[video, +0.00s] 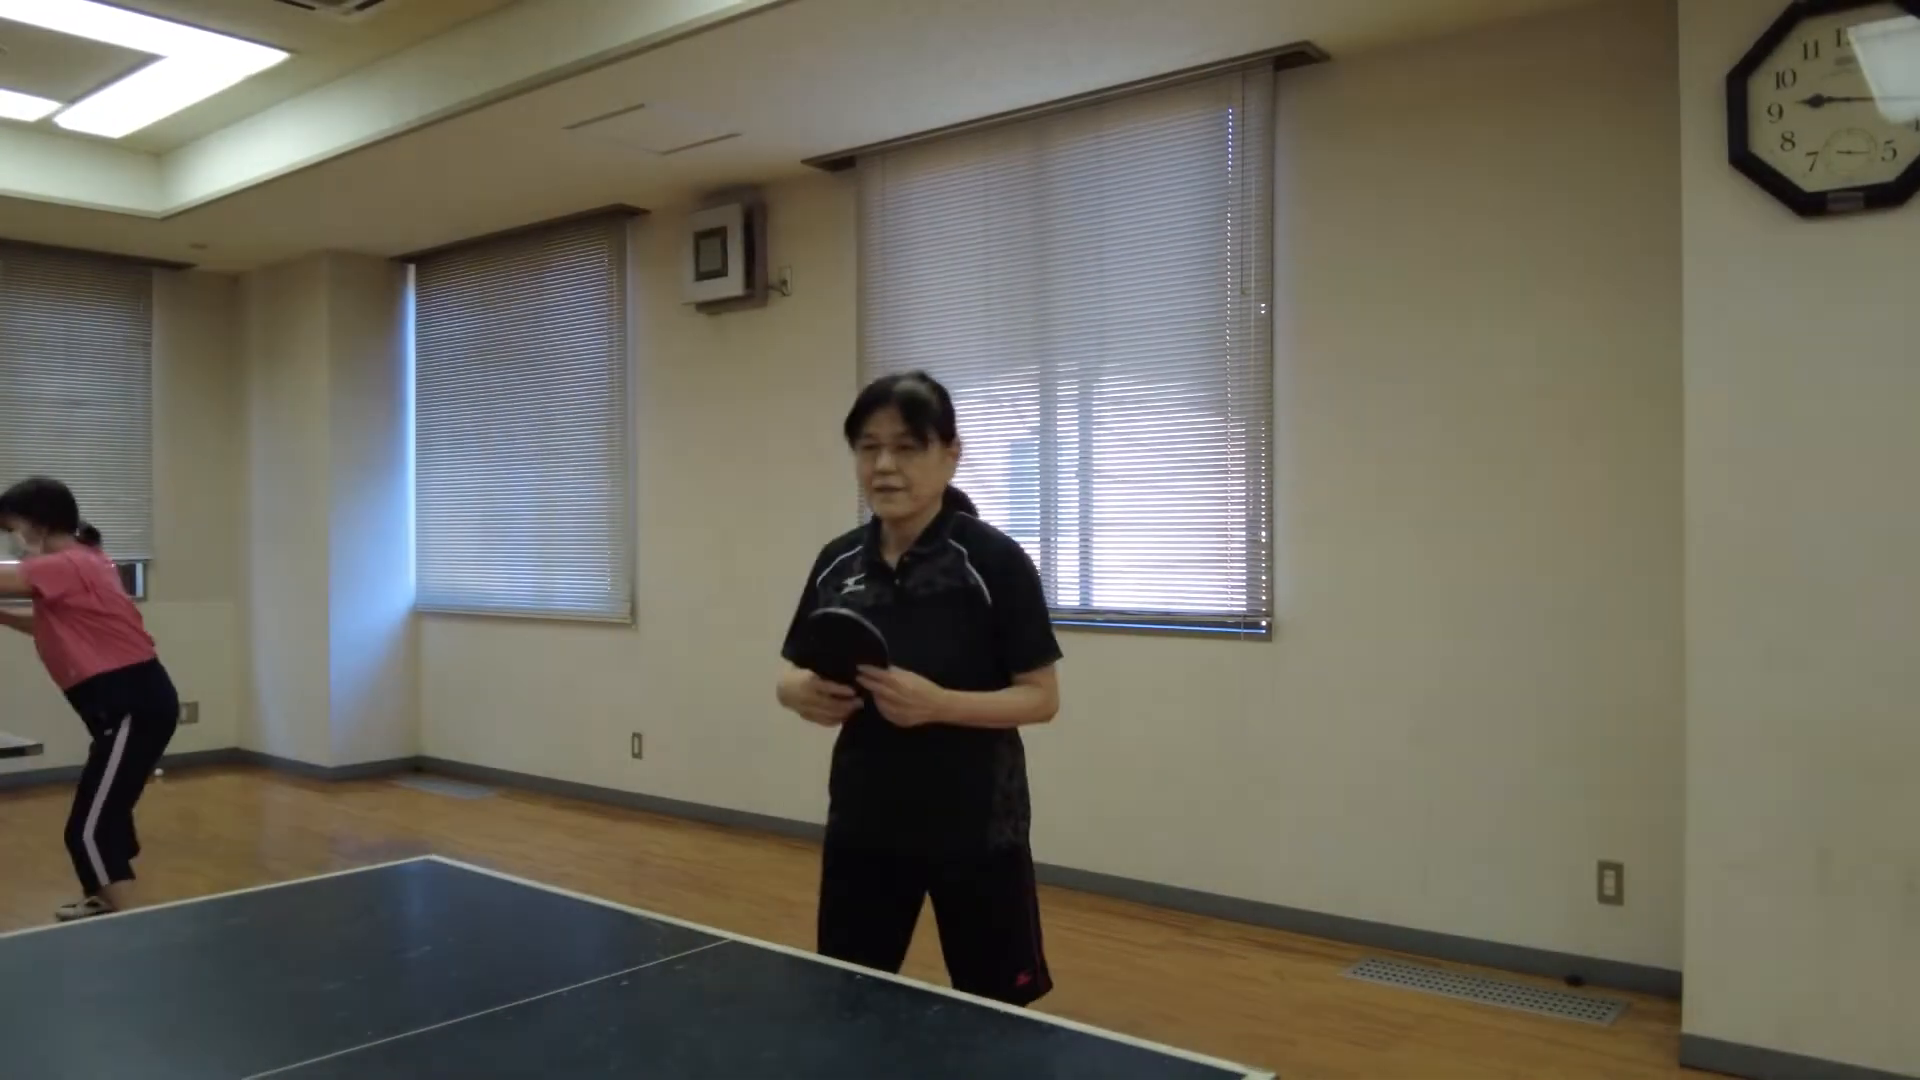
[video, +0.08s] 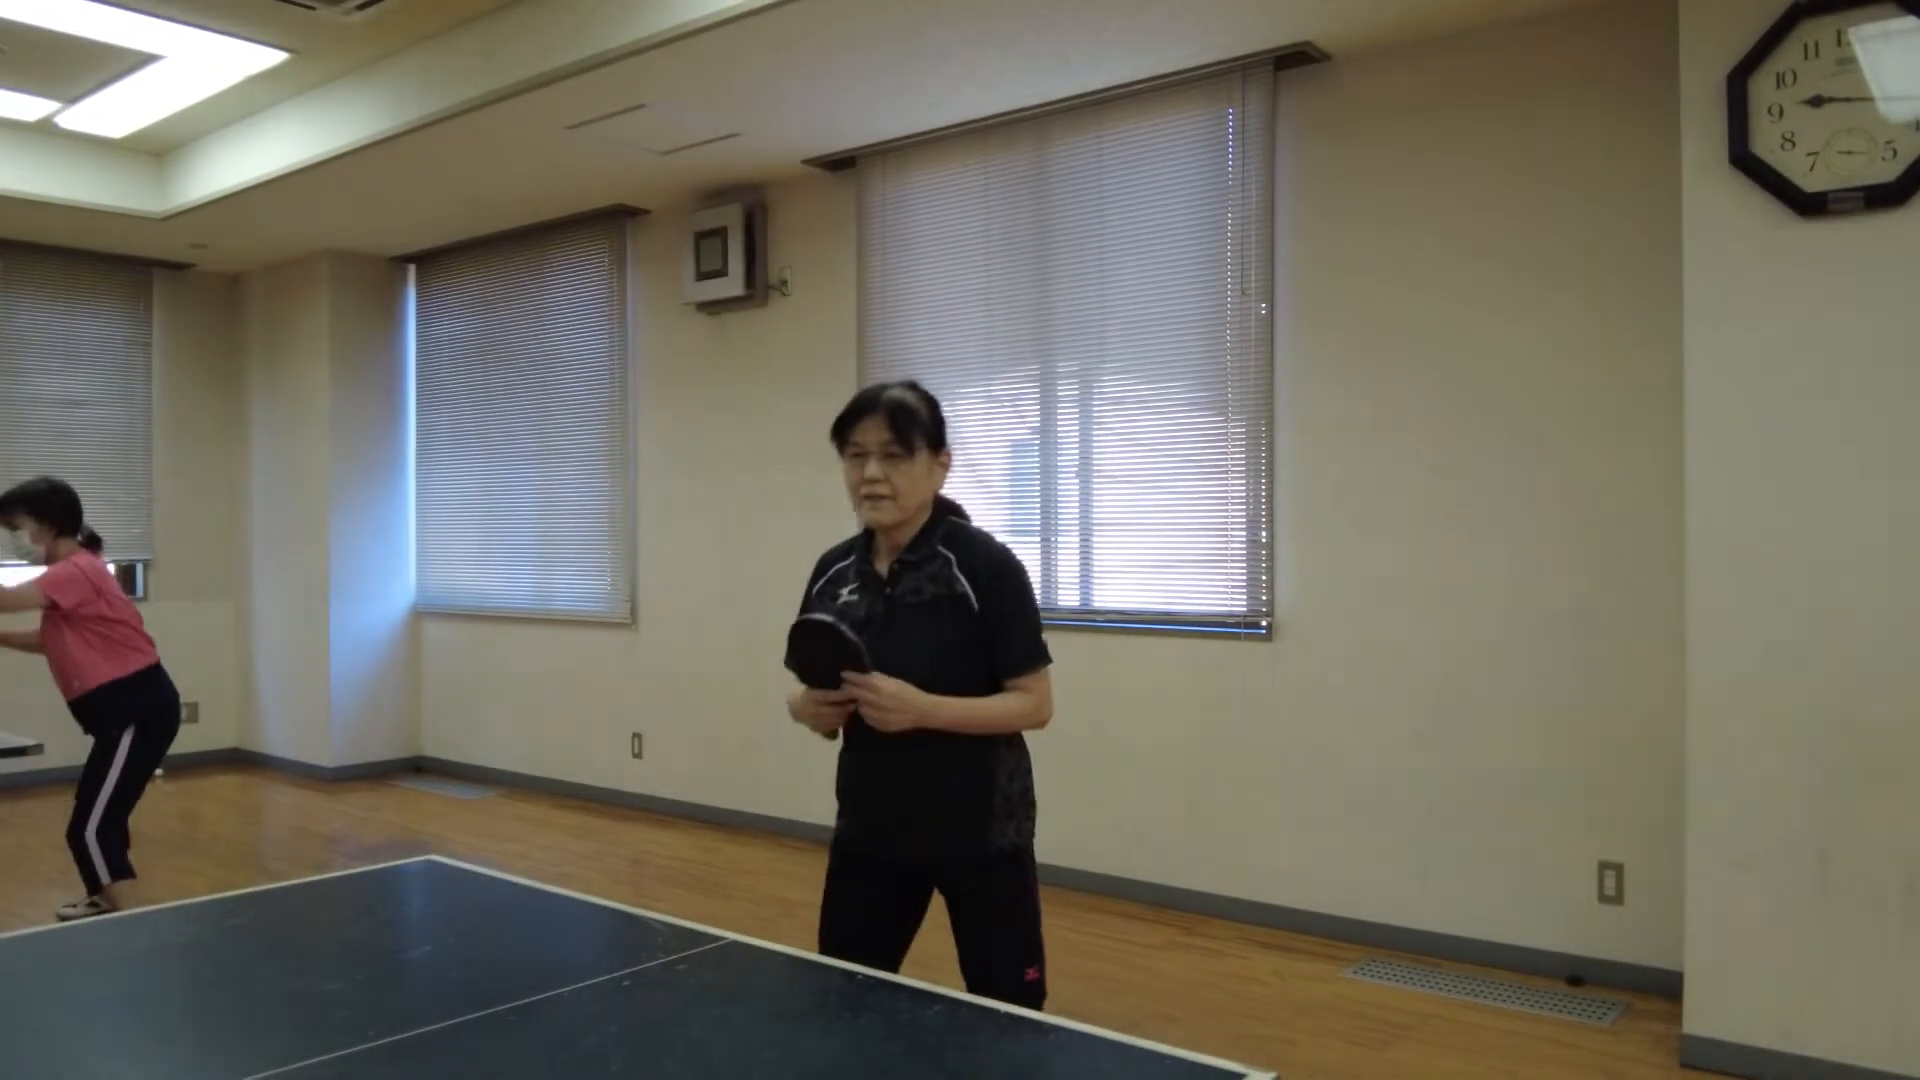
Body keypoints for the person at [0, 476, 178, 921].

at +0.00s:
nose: (15, 541)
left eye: (16, 530)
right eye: (13, 532)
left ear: (39, 523)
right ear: (54, 523)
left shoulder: (74, 563)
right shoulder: (73, 565)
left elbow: (5, 578)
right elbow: (52, 628)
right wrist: (0, 614)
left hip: (137, 706)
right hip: (121, 707)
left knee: (92, 829)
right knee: (88, 824)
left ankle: (133, 927)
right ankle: (106, 903)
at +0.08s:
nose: (23, 535)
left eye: (25, 524)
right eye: (20, 527)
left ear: (50, 521)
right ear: (58, 523)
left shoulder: (80, 569)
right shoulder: (70, 576)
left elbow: (10, 599)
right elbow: (49, 642)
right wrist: (0, 635)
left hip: (140, 710)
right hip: (120, 712)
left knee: (92, 827)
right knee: (89, 823)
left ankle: (122, 917)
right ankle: (105, 902)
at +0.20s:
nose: (27, 537)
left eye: (31, 525)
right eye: (24, 528)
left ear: (59, 524)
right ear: (56, 528)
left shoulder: (85, 577)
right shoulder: (67, 582)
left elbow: (41, 632)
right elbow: (52, 660)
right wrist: (3, 668)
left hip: (143, 712)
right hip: (115, 715)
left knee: (100, 819)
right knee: (79, 802)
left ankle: (133, 921)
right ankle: (107, 900)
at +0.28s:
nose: (28, 536)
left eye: (32, 524)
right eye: (26, 527)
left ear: (60, 524)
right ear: (56, 528)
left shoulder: (87, 579)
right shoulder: (64, 586)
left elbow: (46, 641)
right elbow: (49, 667)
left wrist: (1, 618)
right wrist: (1, 674)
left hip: (142, 711)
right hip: (111, 716)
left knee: (99, 816)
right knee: (76, 801)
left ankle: (125, 914)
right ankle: (106, 898)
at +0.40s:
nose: (29, 533)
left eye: (34, 522)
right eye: (27, 524)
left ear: (61, 521)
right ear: (61, 525)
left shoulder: (81, 574)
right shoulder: (69, 580)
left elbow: (24, 635)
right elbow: (49, 662)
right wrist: (3, 666)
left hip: (139, 707)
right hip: (112, 711)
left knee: (97, 818)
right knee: (75, 796)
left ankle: (128, 919)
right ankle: (101, 892)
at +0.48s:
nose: (31, 538)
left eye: (35, 526)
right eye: (29, 528)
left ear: (60, 526)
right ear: (68, 529)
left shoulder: (77, 577)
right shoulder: (77, 580)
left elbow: (12, 632)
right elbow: (58, 666)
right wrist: (1, 667)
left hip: (134, 714)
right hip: (115, 715)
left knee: (86, 832)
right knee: (75, 813)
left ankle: (132, 928)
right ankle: (99, 902)